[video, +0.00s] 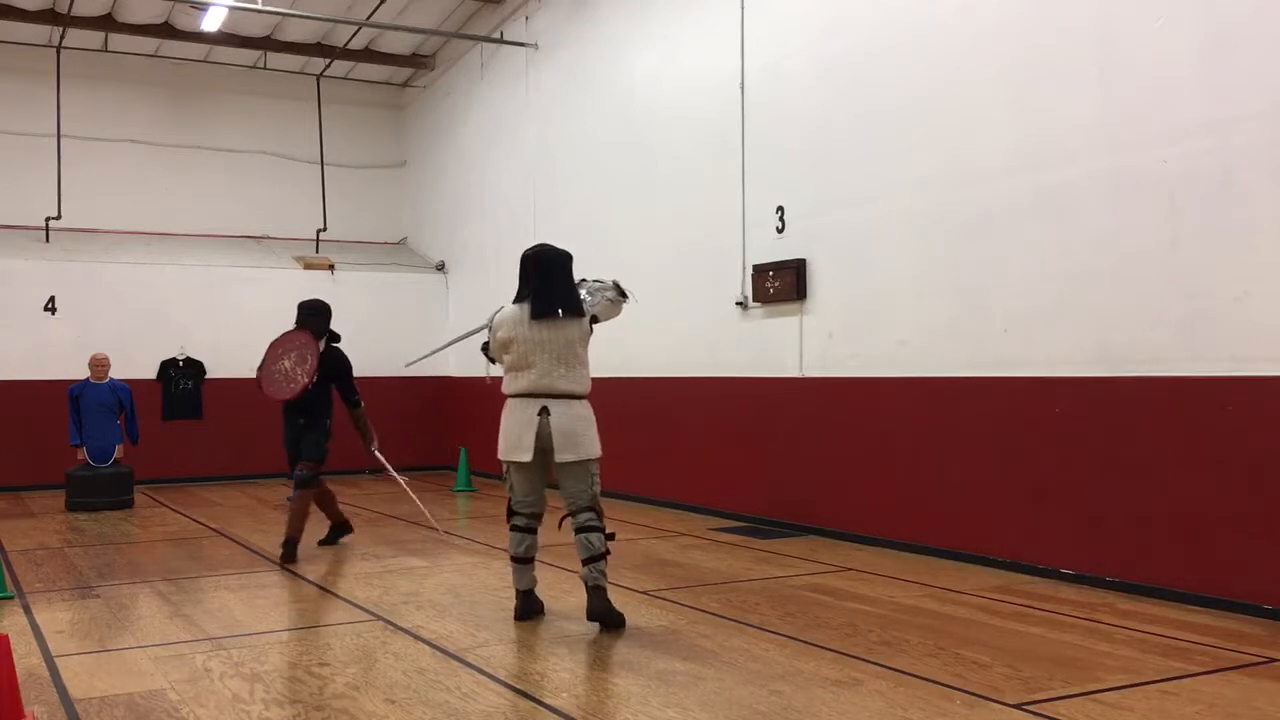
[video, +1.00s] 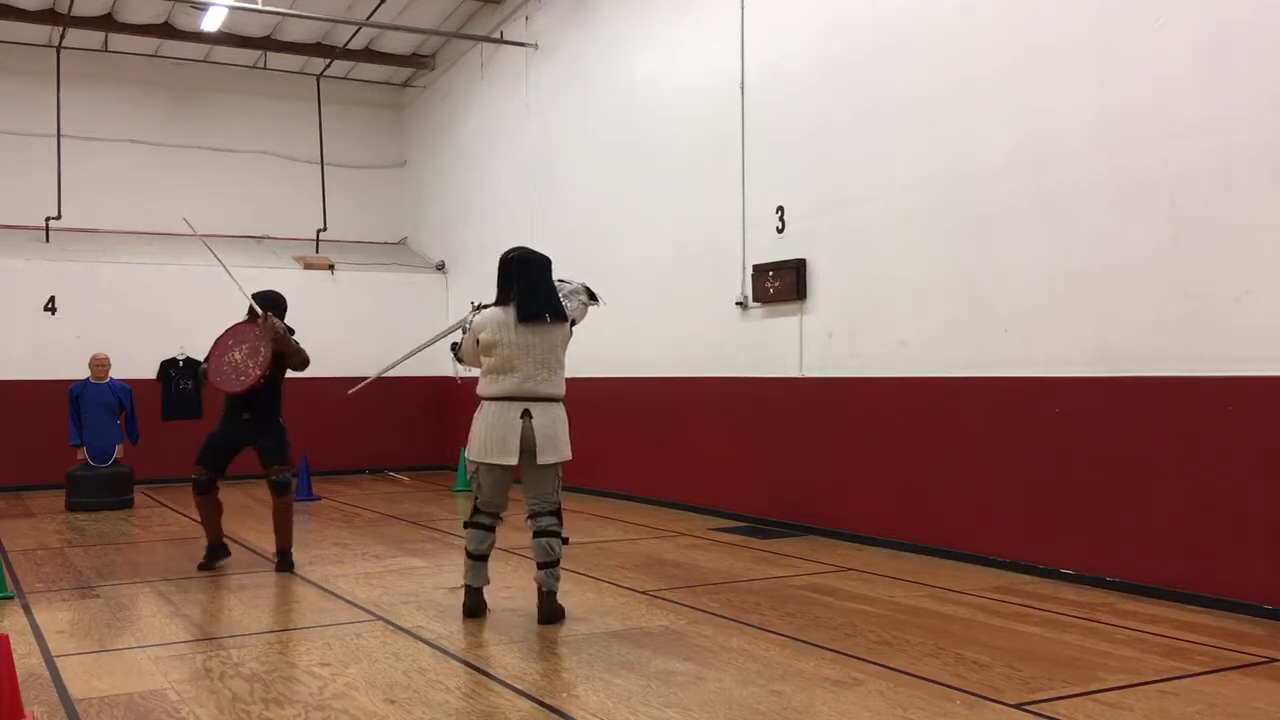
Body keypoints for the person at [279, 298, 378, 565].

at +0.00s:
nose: (304, 330)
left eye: (310, 325)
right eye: (301, 324)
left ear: (323, 327)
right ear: (296, 324)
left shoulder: (335, 358)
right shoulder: (292, 351)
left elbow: (353, 401)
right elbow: (267, 381)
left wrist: (368, 436)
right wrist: (269, 368)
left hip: (318, 423)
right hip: (292, 421)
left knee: (303, 478)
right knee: (307, 479)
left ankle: (290, 543)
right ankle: (339, 522)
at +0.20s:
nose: (293, 328)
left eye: (300, 324)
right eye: (290, 322)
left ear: (312, 326)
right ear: (285, 320)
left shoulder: (321, 353)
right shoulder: (277, 346)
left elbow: (339, 397)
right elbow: (250, 376)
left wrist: (352, 433)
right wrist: (263, 354)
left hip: (305, 421)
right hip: (276, 419)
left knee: (297, 477)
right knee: (267, 480)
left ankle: (289, 542)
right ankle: (310, 508)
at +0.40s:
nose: (286, 323)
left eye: (292, 319)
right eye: (283, 317)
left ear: (305, 319)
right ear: (278, 315)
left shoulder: (313, 346)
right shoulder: (267, 340)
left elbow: (329, 382)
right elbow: (240, 369)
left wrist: (326, 398)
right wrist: (246, 366)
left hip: (297, 419)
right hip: (266, 416)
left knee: (295, 479)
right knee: (241, 476)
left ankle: (289, 544)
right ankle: (256, 536)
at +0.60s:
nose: (276, 319)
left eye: (283, 313)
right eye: (272, 312)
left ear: (294, 315)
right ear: (264, 312)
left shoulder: (299, 339)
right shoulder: (251, 337)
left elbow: (319, 369)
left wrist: (294, 360)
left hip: (286, 420)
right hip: (253, 418)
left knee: (288, 481)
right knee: (230, 478)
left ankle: (288, 546)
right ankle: (224, 548)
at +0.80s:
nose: (260, 317)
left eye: (266, 312)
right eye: (258, 311)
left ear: (279, 314)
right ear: (253, 313)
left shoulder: (285, 338)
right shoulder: (242, 337)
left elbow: (304, 365)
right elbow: (215, 365)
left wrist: (281, 341)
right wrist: (209, 368)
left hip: (270, 419)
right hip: (237, 419)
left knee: (290, 475)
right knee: (216, 480)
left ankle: (290, 543)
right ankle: (222, 550)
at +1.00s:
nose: (251, 320)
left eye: (258, 316)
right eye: (250, 315)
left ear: (274, 319)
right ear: (249, 316)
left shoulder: (283, 342)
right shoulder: (238, 340)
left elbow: (301, 364)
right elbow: (212, 370)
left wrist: (280, 338)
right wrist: (205, 372)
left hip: (267, 423)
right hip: (233, 422)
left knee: (281, 481)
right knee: (202, 480)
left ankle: (284, 553)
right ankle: (215, 544)